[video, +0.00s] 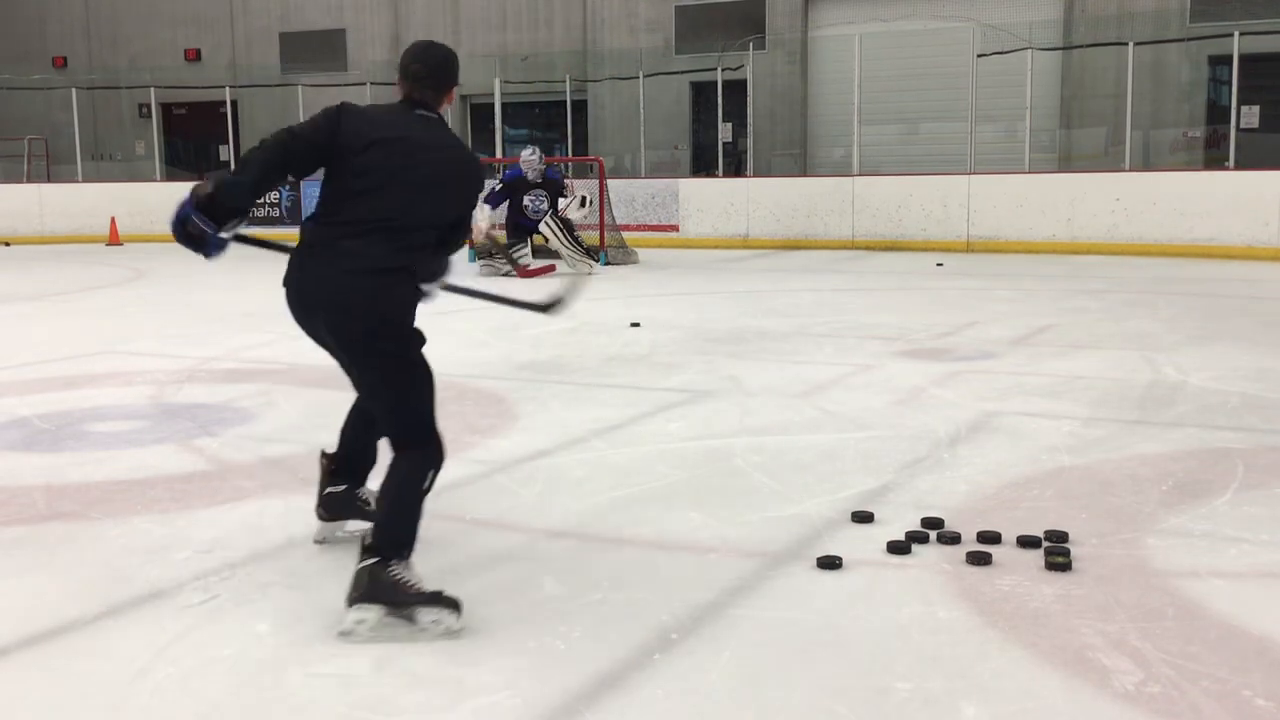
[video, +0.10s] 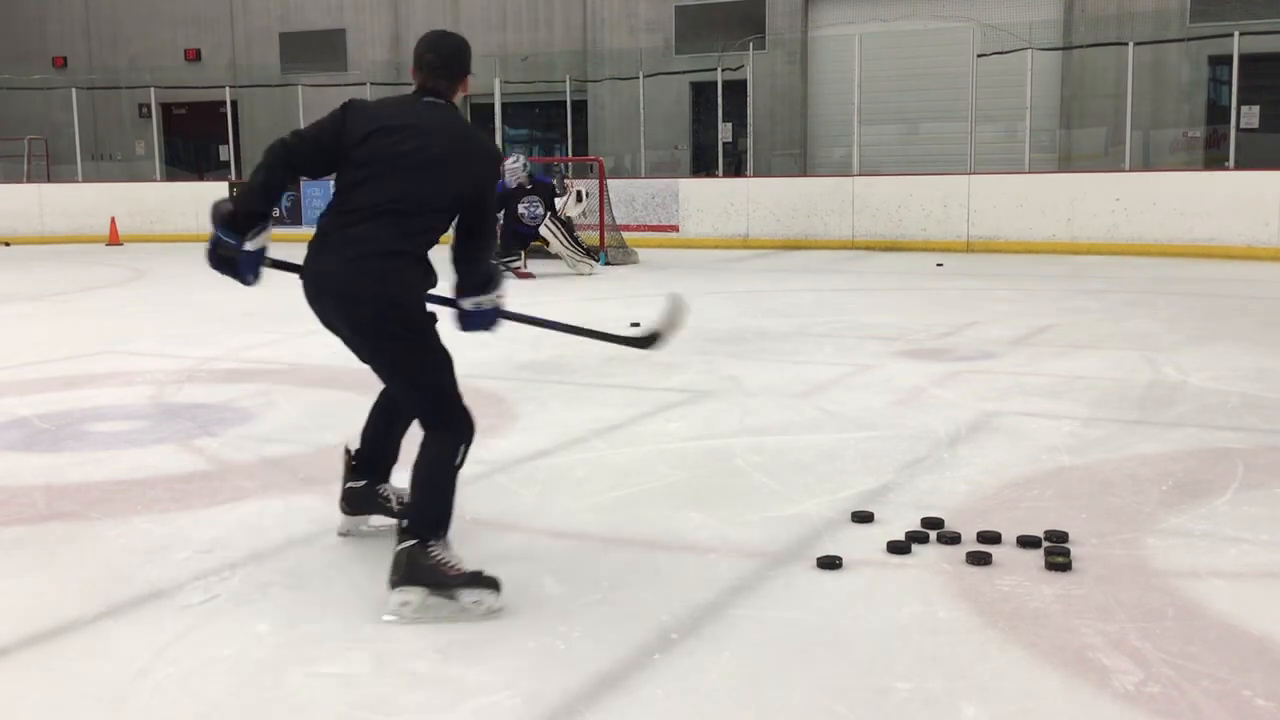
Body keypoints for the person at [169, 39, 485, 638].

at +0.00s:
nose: (448, 96)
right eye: (452, 89)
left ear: (398, 83)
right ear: (451, 93)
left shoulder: (350, 122)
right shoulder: (462, 164)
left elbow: (278, 153)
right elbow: (443, 248)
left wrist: (212, 208)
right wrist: (414, 275)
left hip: (307, 289)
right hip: (375, 309)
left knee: (384, 383)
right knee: (419, 448)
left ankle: (342, 490)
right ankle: (384, 566)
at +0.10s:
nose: (466, 85)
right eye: (468, 78)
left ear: (414, 75)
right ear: (465, 83)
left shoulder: (365, 117)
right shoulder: (475, 149)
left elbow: (284, 153)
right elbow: (475, 236)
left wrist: (240, 224)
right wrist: (477, 293)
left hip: (323, 281)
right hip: (384, 290)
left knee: (409, 378)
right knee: (450, 422)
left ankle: (365, 484)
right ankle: (422, 548)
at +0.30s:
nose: (508, 71)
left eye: (496, 61)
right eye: (510, 64)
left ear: (454, 61)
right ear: (504, 68)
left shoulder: (401, 107)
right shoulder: (506, 125)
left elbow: (328, 165)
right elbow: (529, 220)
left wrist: (322, 242)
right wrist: (562, 289)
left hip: (362, 265)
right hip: (420, 275)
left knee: (437, 376)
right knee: (489, 401)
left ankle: (393, 484)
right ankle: (470, 537)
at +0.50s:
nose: (560, 67)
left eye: (558, 56)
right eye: (561, 56)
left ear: (507, 46)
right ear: (549, 54)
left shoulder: (447, 93)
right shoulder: (542, 118)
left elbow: (373, 152)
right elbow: (560, 217)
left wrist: (375, 224)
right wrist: (601, 293)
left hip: (400, 260)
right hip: (460, 273)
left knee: (446, 379)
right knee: (535, 396)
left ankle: (392, 487)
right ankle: (516, 538)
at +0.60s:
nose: (589, 66)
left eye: (592, 54)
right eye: (591, 54)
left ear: (537, 40)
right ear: (574, 46)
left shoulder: (466, 81)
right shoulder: (569, 119)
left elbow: (387, 132)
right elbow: (579, 226)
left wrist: (385, 211)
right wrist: (613, 306)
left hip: (417, 257)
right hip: (487, 269)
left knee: (436, 375)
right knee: (551, 399)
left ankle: (400, 486)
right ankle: (554, 540)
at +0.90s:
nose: (630, 63)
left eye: (634, 52)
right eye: (631, 50)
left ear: (581, 28)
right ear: (609, 38)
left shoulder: (491, 57)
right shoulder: (610, 118)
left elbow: (398, 81)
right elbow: (609, 227)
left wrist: (407, 163)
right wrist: (631, 320)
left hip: (439, 254)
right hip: (523, 265)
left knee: (434, 378)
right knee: (561, 400)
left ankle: (404, 510)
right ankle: (605, 534)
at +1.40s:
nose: (557, 74)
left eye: (562, 64)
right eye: (559, 61)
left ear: (507, 32)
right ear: (540, 46)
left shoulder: (420, 51)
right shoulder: (534, 118)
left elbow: (320, 51)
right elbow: (513, 231)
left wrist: (367, 106)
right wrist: (499, 310)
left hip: (360, 245)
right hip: (441, 256)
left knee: (385, 394)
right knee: (501, 416)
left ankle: (347, 541)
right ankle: (513, 578)